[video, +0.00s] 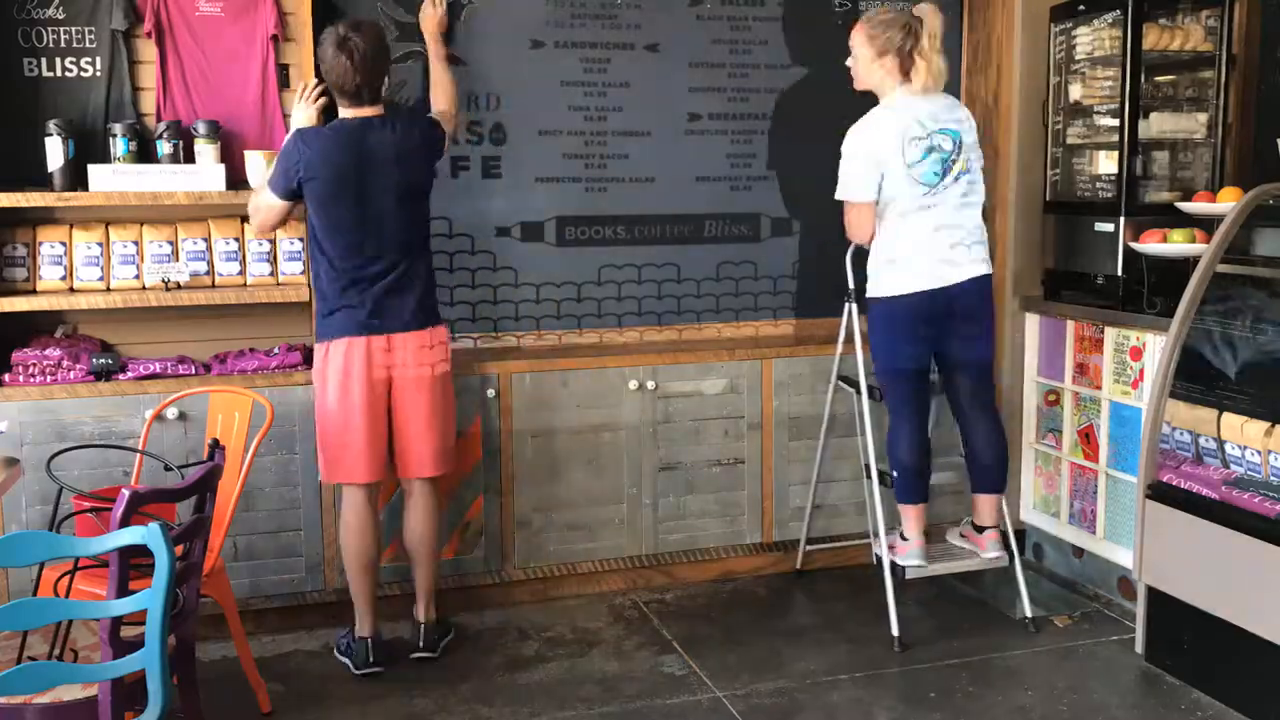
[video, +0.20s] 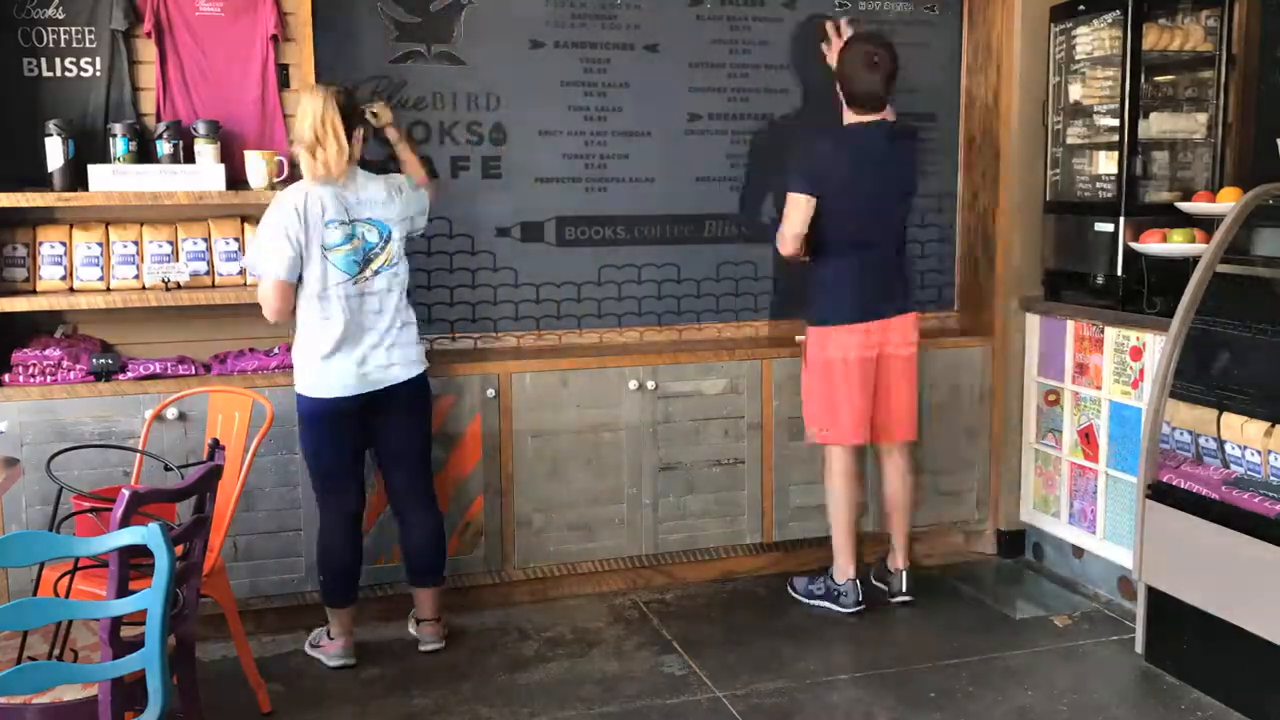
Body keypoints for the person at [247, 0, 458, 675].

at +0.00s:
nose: (325, 74)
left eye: (325, 67)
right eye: (347, 64)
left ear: (326, 76)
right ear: (387, 72)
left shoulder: (308, 147)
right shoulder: (415, 138)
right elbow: (445, 114)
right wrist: (436, 42)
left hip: (346, 338)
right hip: (419, 331)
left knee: (356, 488)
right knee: (420, 479)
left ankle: (365, 637)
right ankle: (427, 623)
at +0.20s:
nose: (293, 136)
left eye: (294, 127)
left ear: (301, 136)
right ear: (355, 132)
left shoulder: (290, 206)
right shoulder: (389, 192)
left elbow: (277, 308)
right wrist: (394, 136)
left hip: (327, 387)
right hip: (401, 375)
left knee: (339, 510)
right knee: (415, 494)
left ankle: (339, 636)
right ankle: (429, 622)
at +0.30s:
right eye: (374, 125)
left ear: (316, 135)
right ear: (372, 133)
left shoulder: (308, 204)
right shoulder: (407, 188)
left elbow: (300, 302)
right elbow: (448, 189)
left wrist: (309, 278)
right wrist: (418, 135)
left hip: (344, 387)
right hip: (418, 375)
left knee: (348, 511)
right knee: (427, 497)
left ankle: (340, 637)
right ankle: (429, 622)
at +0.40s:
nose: (398, 134)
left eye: (396, 127)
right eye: (396, 127)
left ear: (338, 138)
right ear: (387, 135)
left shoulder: (325, 201)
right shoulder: (423, 189)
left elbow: (312, 288)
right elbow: (470, 187)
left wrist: (308, 260)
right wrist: (460, 124)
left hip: (363, 383)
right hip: (437, 372)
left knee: (362, 506)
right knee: (448, 494)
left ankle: (356, 635)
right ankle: (457, 617)